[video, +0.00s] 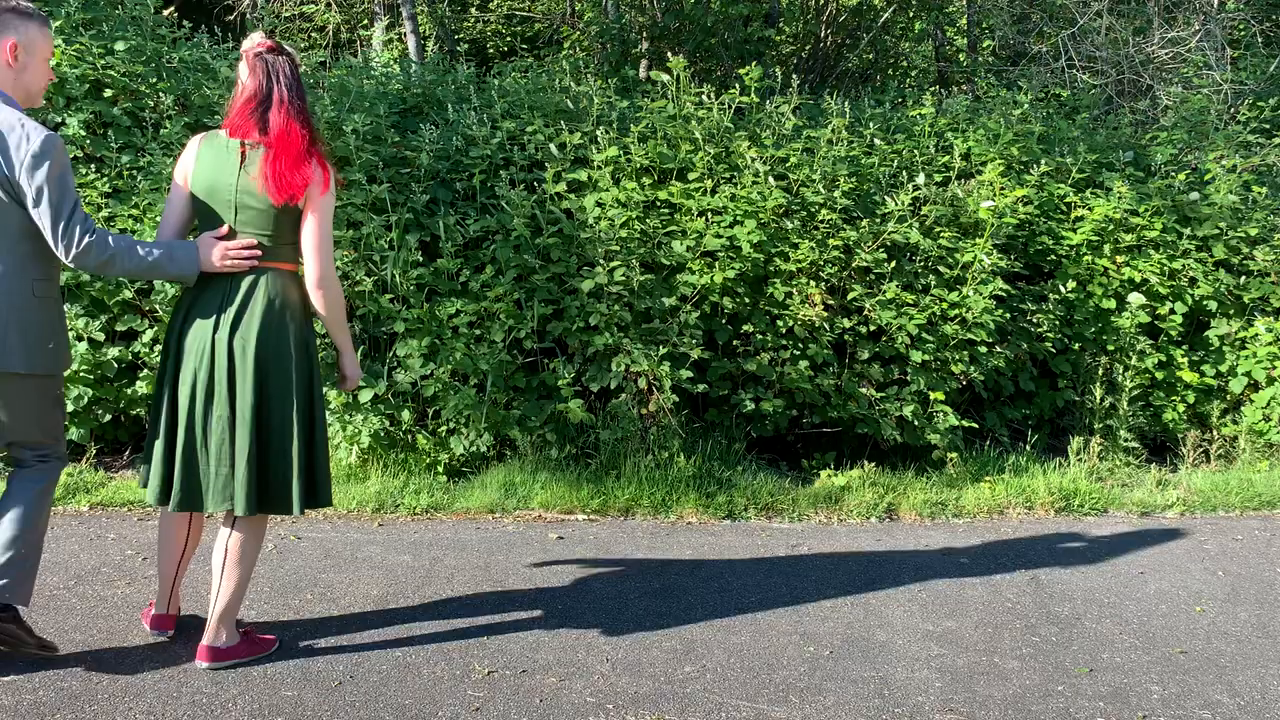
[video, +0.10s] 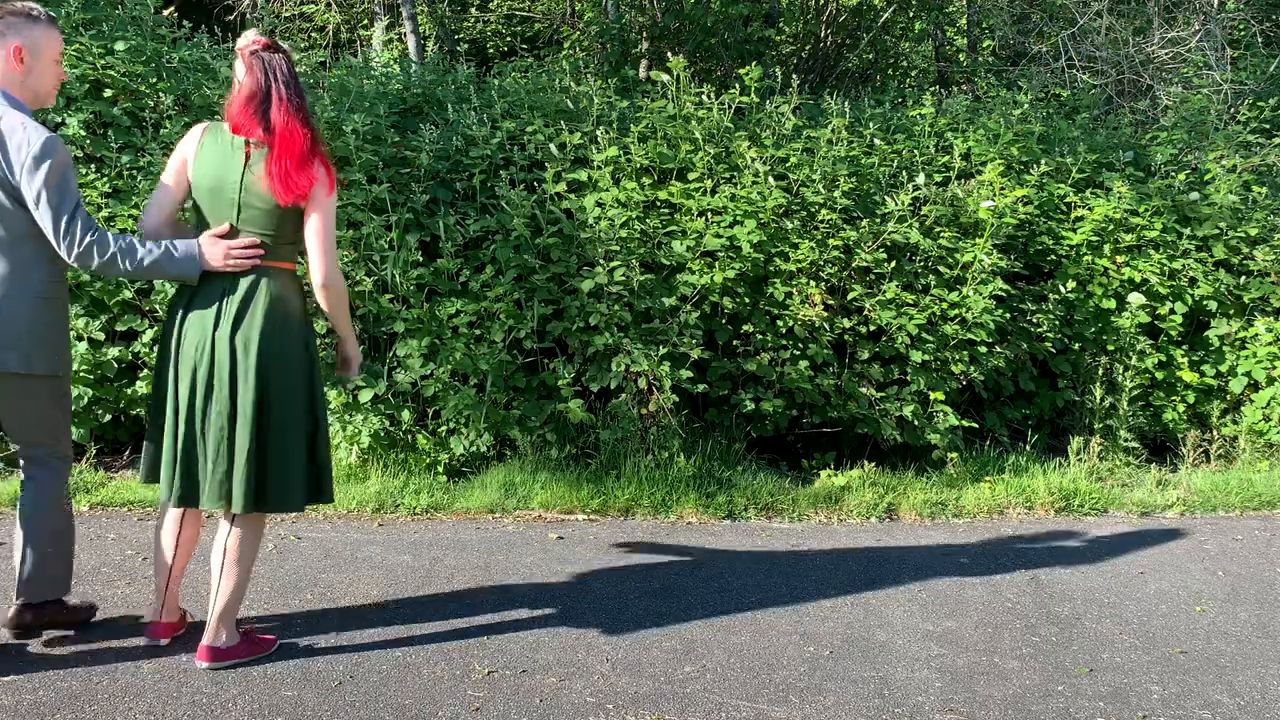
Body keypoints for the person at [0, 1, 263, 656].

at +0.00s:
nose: (51, 74)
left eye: (51, 60)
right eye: (45, 60)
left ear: (6, 55)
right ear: (11, 56)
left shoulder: (16, 137)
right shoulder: (28, 140)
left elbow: (75, 243)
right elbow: (78, 244)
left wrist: (179, 252)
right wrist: (191, 257)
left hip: (7, 340)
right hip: (19, 341)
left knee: (26, 460)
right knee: (37, 456)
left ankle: (6, 608)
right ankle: (5, 604)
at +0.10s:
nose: (62, 74)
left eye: (61, 60)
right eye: (55, 60)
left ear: (11, 61)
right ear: (16, 59)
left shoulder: (17, 138)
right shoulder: (31, 144)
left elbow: (78, 244)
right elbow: (84, 246)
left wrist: (181, 247)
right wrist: (195, 254)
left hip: (11, 339)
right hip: (23, 342)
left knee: (35, 458)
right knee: (44, 459)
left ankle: (34, 600)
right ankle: (38, 597)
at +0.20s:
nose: (72, 84)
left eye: (72, 70)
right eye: (65, 70)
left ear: (15, 72)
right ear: (21, 70)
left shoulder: (14, 141)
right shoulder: (36, 151)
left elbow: (83, 248)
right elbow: (87, 252)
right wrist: (193, 255)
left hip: (10, 338)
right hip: (29, 343)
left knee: (45, 468)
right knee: (46, 469)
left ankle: (65, 583)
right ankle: (64, 585)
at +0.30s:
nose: (85, 87)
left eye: (85, 73)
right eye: (79, 73)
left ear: (25, 74)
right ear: (34, 73)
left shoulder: (7, 134)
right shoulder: (46, 152)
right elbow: (90, 257)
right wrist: (195, 260)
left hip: (7, 328)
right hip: (37, 335)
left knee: (53, 468)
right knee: (54, 468)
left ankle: (67, 585)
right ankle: (68, 588)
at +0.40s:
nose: (100, 85)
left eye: (100, 73)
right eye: (93, 72)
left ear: (42, 74)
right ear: (51, 72)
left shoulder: (7, 128)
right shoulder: (58, 150)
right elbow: (96, 252)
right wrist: (195, 258)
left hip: (4, 327)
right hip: (55, 334)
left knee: (2, 461)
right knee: (73, 464)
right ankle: (71, 589)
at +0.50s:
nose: (118, 89)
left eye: (116, 75)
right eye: (109, 76)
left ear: (56, 76)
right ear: (67, 76)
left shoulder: (9, 130)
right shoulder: (69, 147)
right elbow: (107, 249)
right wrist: (201, 257)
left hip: (9, 326)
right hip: (76, 331)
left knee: (10, 460)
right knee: (83, 464)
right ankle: (71, 588)